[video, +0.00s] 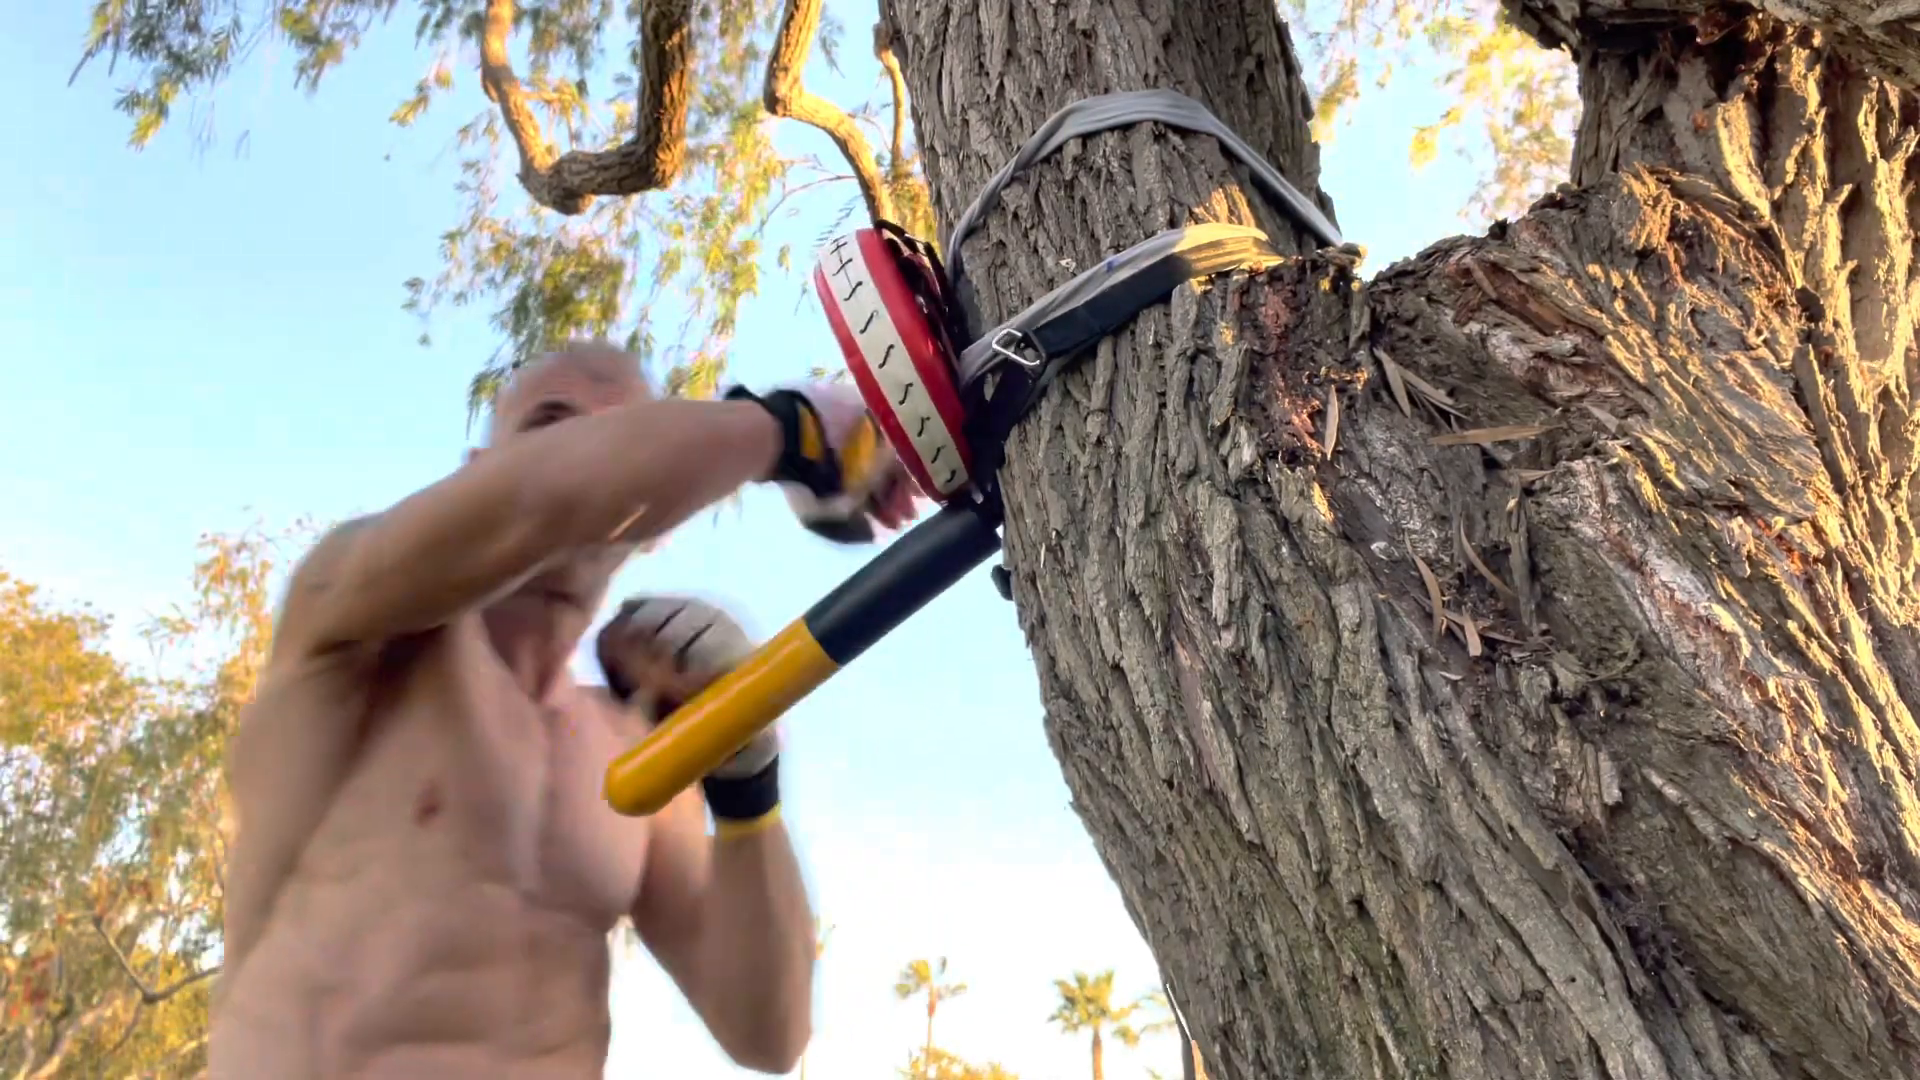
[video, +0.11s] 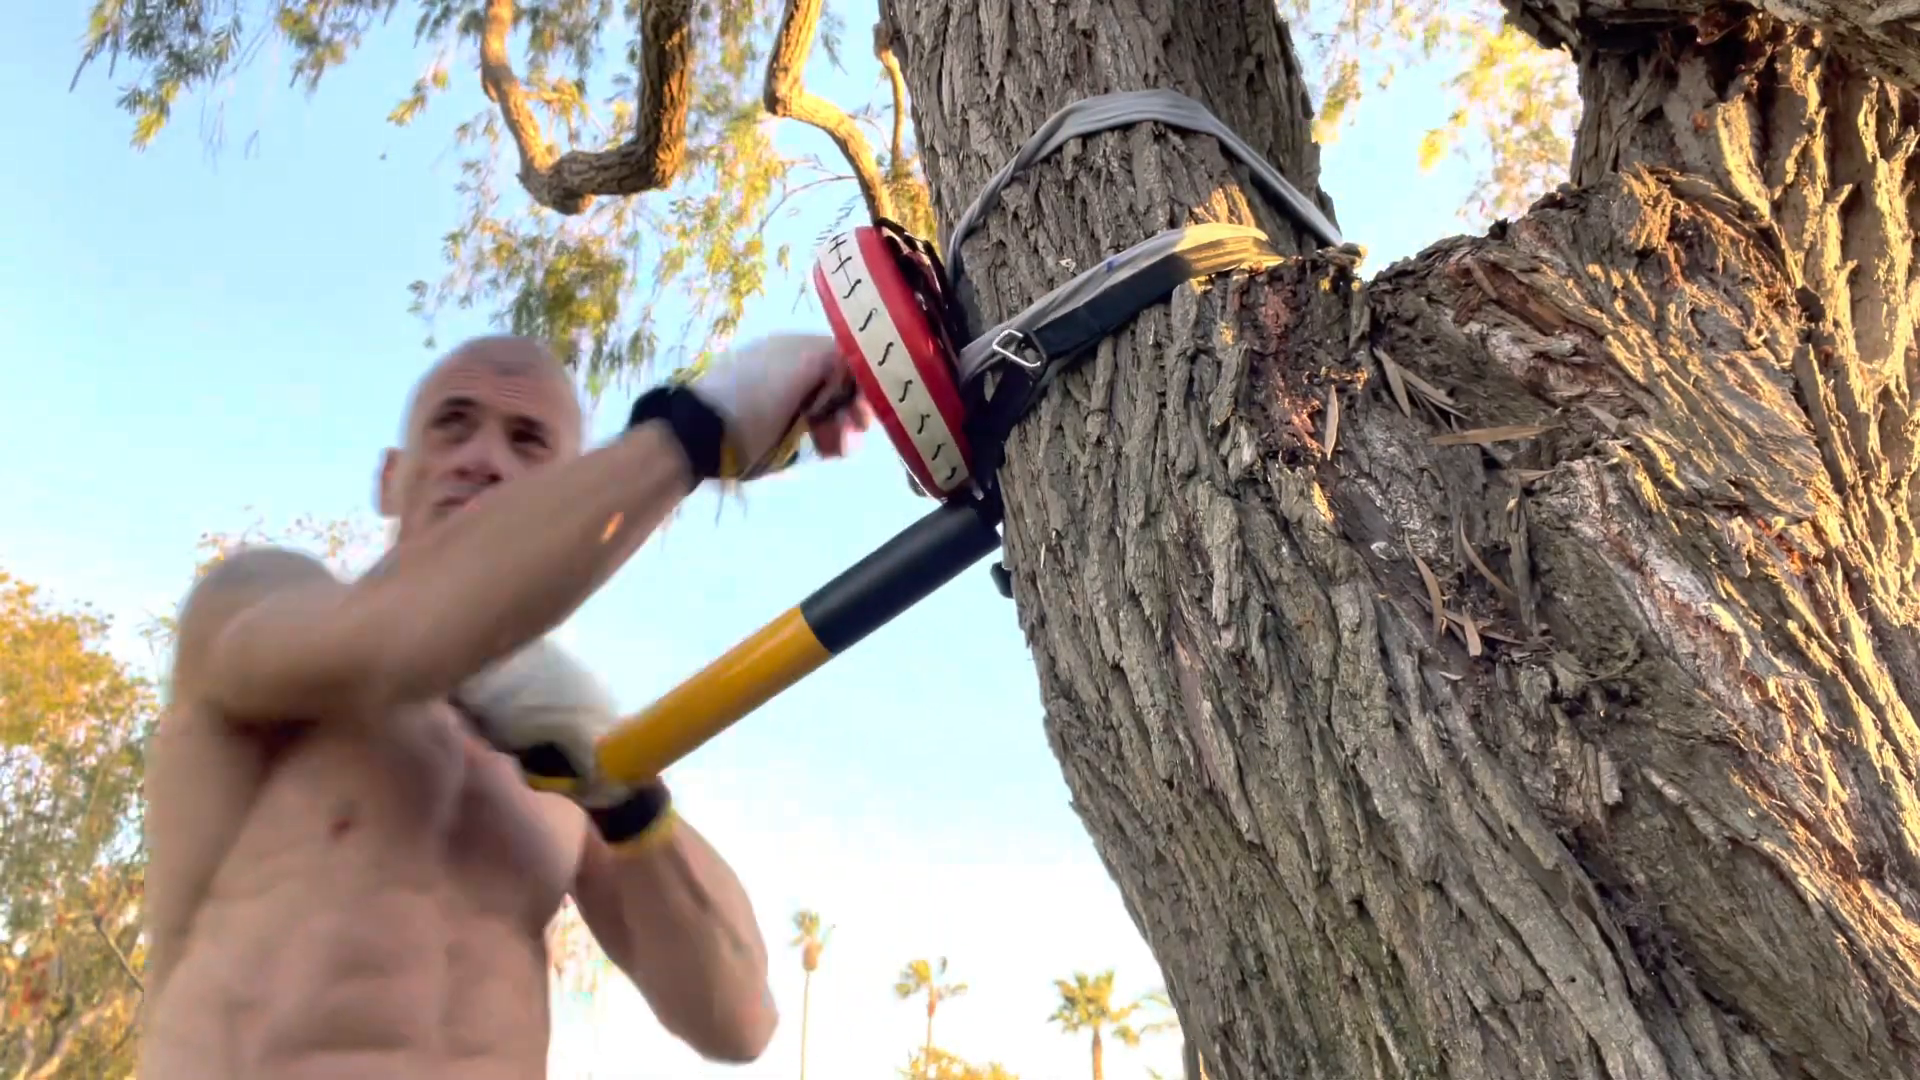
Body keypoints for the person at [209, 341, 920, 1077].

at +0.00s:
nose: (588, 467)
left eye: (624, 445)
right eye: (550, 426)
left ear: (672, 496)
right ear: (479, 464)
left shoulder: (639, 743)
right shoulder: (351, 609)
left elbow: (767, 1035)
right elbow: (548, 498)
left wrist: (745, 785)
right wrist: (794, 427)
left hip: (555, 1059)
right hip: (322, 1052)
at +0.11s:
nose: (486, 457)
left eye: (529, 440)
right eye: (454, 425)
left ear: (573, 489)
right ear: (393, 479)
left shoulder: (560, 766)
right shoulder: (254, 600)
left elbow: (735, 1026)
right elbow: (399, 644)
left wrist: (624, 795)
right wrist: (705, 428)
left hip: (495, 1060)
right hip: (259, 1052)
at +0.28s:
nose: (333, 450)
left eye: (383, 431)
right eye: (301, 415)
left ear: (443, 507)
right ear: (245, 470)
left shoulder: (487, 692)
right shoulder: (98, 657)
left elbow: (776, 724)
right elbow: (58, 952)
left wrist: (866, 500)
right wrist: (445, 799)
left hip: (415, 1062)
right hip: (155, 1061)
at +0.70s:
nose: (288, 417)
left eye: (336, 401)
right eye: (254, 384)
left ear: (390, 487)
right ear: (187, 447)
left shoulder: (470, 658)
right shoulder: (65, 682)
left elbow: (784, 762)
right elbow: (19, 891)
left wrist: (808, 533)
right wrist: (348, 749)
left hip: (431, 1061)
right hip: (157, 1065)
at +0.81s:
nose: (509, 432)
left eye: (546, 424)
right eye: (472, 396)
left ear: (563, 501)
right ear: (374, 443)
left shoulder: (588, 712)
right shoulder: (216, 648)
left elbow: (851, 890)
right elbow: (21, 727)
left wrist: (808, 650)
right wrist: (431, 640)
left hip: (527, 1053)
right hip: (263, 1044)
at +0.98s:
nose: (773, 459)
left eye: (791, 438)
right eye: (739, 423)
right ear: (643, 432)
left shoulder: (688, 773)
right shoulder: (518, 540)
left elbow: (813, 1024)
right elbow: (851, 358)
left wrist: (806, 773)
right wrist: (829, 574)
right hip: (399, 1052)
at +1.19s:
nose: (743, 470)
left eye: (754, 466)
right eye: (698, 420)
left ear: (749, 509)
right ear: (580, 409)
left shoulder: (701, 747)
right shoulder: (476, 534)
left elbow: (847, 992)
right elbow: (800, 381)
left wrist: (825, 747)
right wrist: (843, 581)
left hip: (628, 1059)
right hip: (385, 1052)